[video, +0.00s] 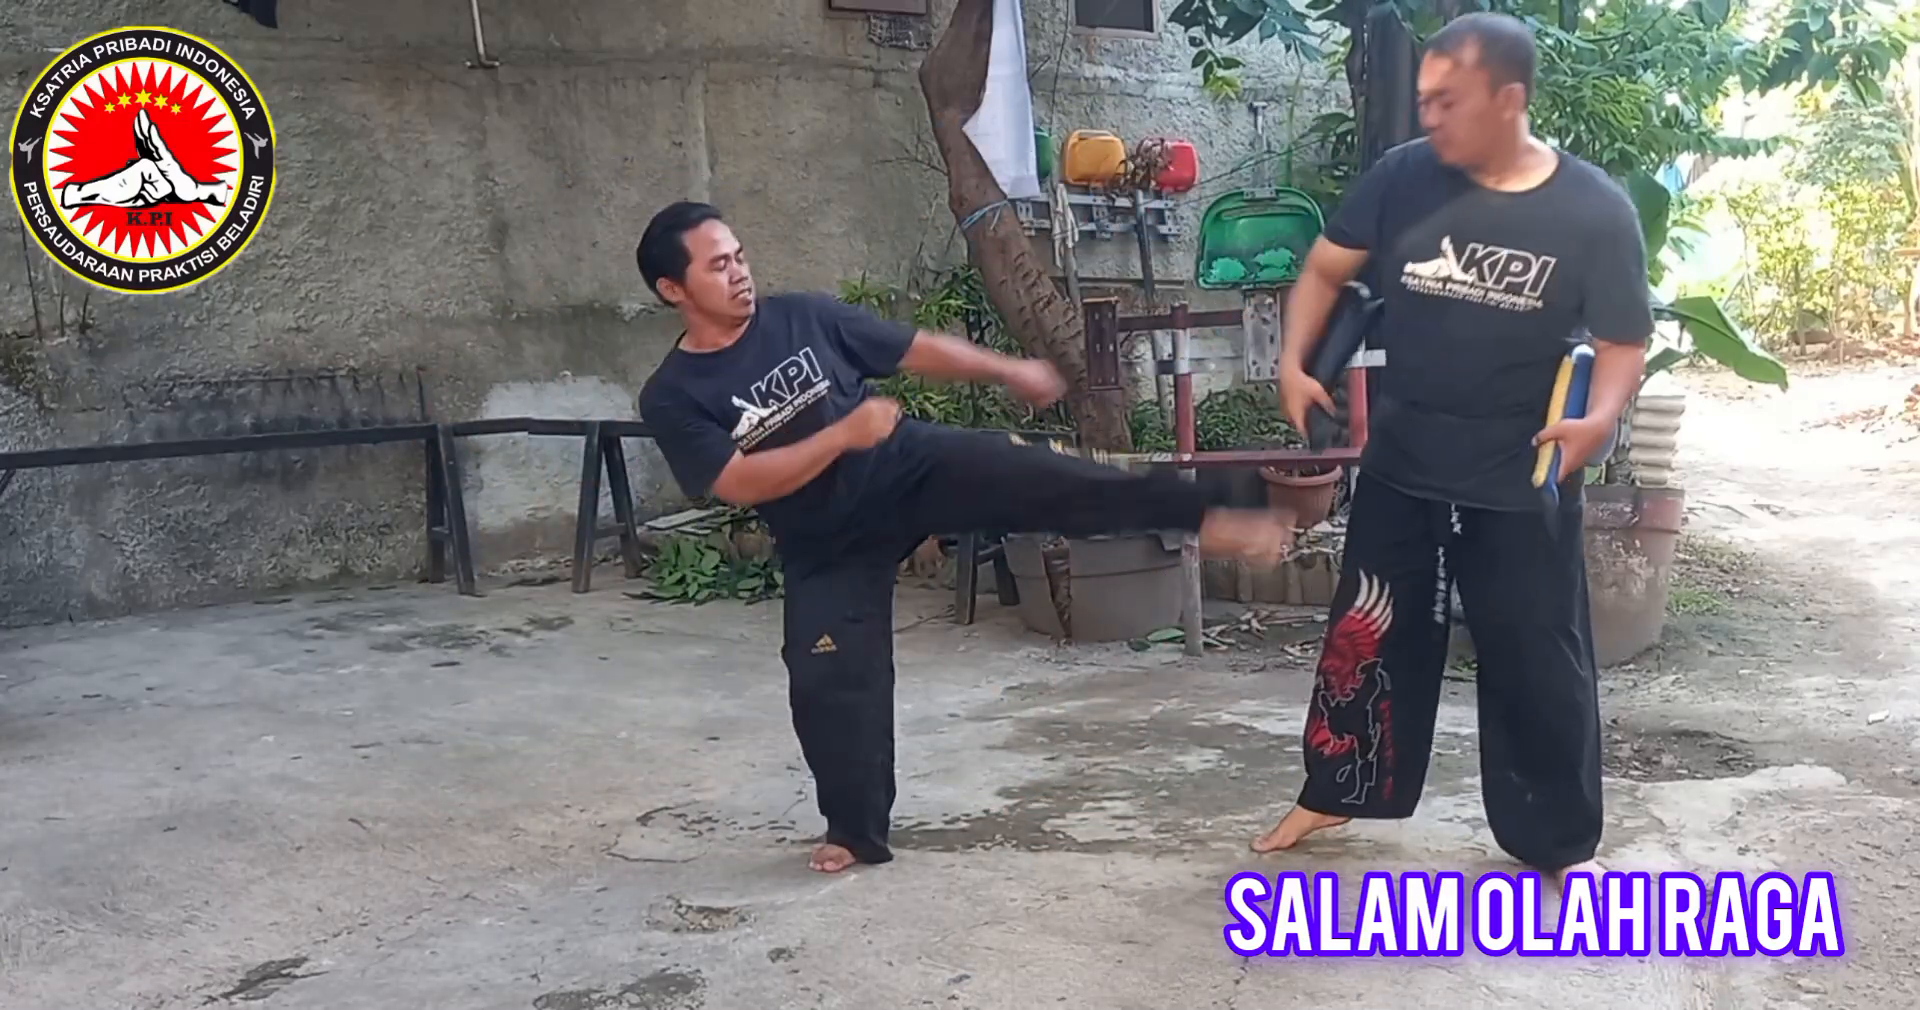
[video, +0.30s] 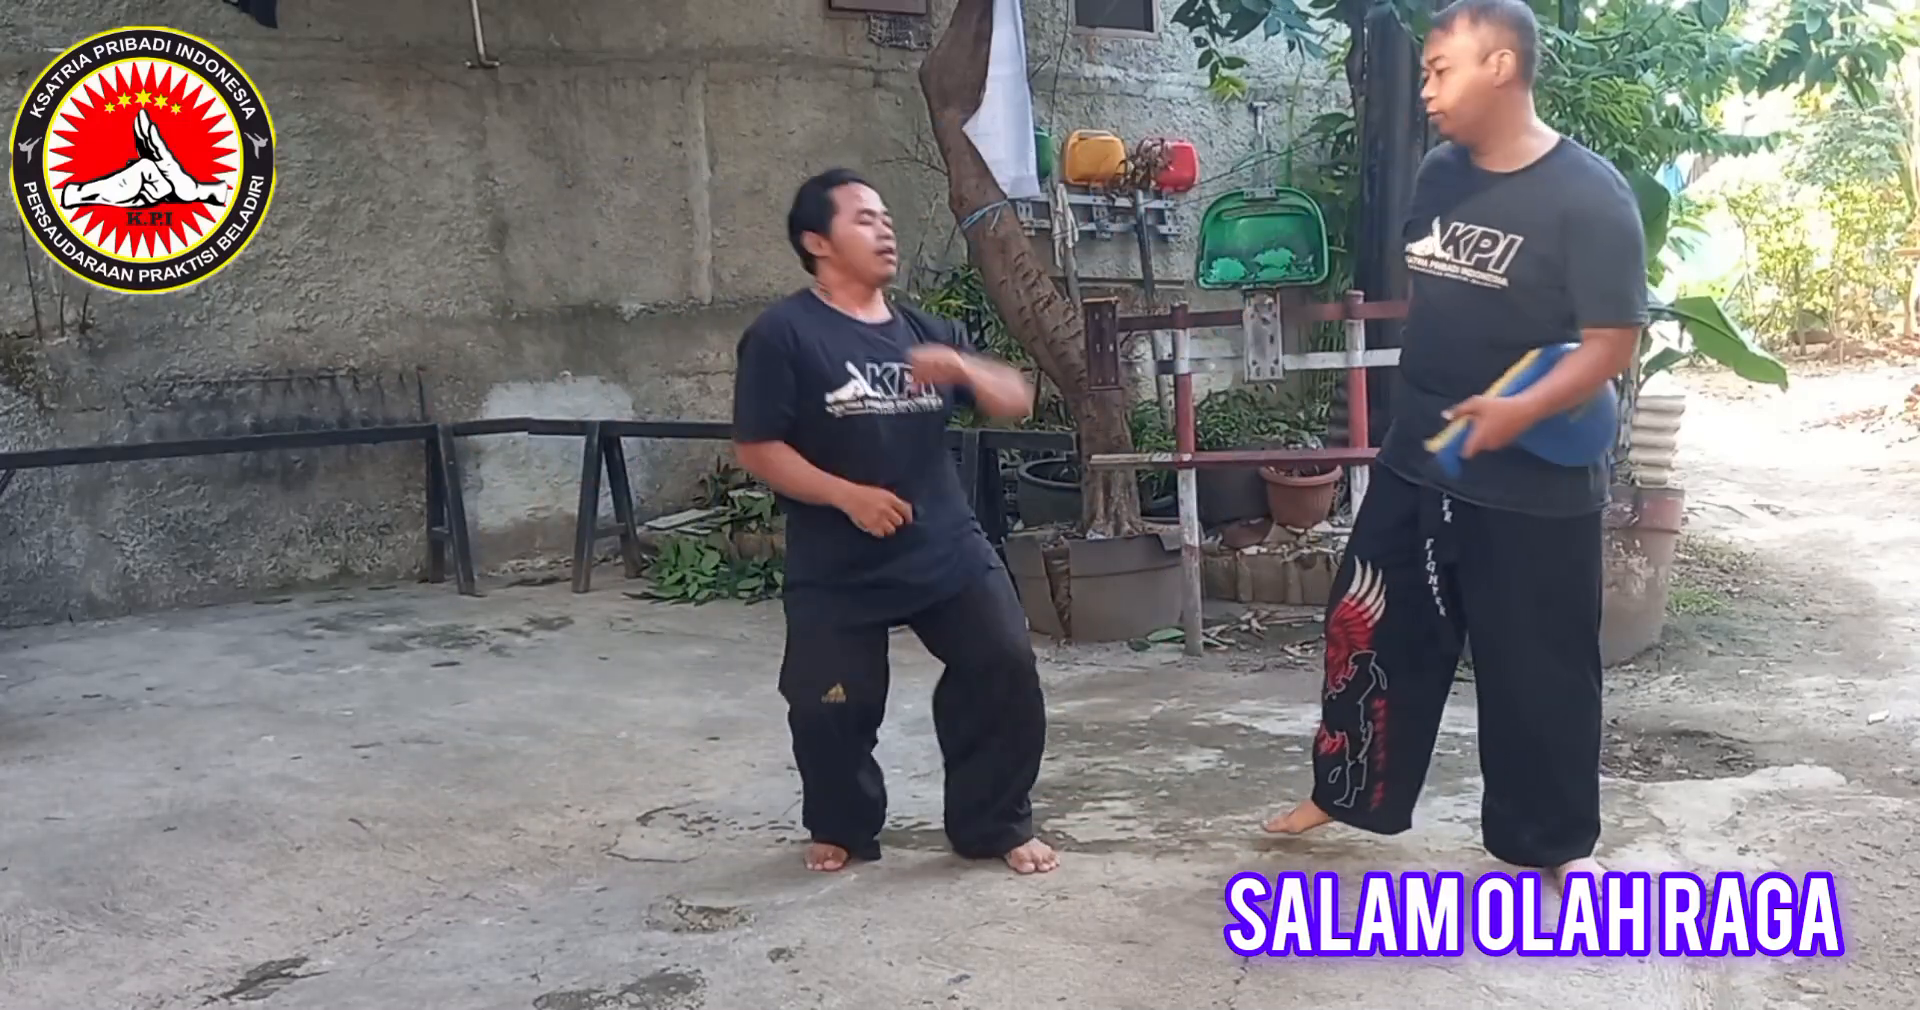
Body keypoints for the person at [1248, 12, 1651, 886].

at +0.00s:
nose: (1427, 118)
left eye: (1443, 101)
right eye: (1423, 101)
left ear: (1511, 98)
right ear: (1424, 99)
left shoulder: (1596, 210)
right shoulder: (1397, 180)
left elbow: (1623, 342)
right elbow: (1323, 272)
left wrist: (1599, 420)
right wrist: (1292, 363)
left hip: (1523, 478)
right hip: (1399, 466)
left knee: (1539, 667)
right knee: (1362, 635)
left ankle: (1557, 852)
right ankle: (1330, 795)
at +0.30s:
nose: (1426, 90)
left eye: (1440, 70)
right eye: (1424, 75)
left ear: (1504, 67)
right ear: (1478, 74)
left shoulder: (1591, 194)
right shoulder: (1440, 175)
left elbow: (1613, 345)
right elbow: (1437, 311)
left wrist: (1522, 409)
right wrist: (1419, 418)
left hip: (1531, 489)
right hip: (1417, 468)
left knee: (1537, 677)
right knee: (1369, 628)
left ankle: (1545, 852)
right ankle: (1340, 790)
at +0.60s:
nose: (1332, 105)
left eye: (1343, 87)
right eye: (1333, 88)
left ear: (1388, 84)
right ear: (1384, 85)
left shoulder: (1464, 190)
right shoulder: (1381, 193)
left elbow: (1462, 332)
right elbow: (1385, 330)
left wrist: (1352, 402)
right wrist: (1335, 407)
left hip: (1463, 465)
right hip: (1386, 457)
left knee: (1499, 649)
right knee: (1372, 634)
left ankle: (1566, 839)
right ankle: (1370, 806)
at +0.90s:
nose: (1258, 112)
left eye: (1265, 93)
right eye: (1259, 95)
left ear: (1305, 91)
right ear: (1322, 92)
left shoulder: (1347, 187)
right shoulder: (1353, 178)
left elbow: (1335, 325)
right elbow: (1338, 326)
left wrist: (1212, 379)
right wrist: (1232, 385)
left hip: (1364, 446)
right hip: (1358, 441)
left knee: (1342, 627)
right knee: (1357, 622)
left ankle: (1417, 822)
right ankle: (1355, 801)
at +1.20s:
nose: (1179, 113)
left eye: (1190, 98)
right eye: (1184, 97)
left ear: (1230, 109)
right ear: (1247, 112)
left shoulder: (1257, 206)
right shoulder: (1289, 192)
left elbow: (1259, 351)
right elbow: (1300, 343)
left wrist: (1211, 470)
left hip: (1283, 476)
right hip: (1333, 467)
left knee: (1219, 643)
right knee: (1337, 640)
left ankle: (1164, 812)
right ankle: (1360, 805)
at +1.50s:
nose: (1055, 141)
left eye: (1064, 126)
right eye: (1057, 125)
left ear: (1104, 131)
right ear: (1126, 132)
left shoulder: (1137, 220)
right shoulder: (1180, 201)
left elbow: (1128, 378)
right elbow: (1192, 349)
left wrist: (1062, 476)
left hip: (1178, 468)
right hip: (1223, 458)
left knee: (1158, 645)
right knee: (1199, 624)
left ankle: (1163, 823)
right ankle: (1257, 747)